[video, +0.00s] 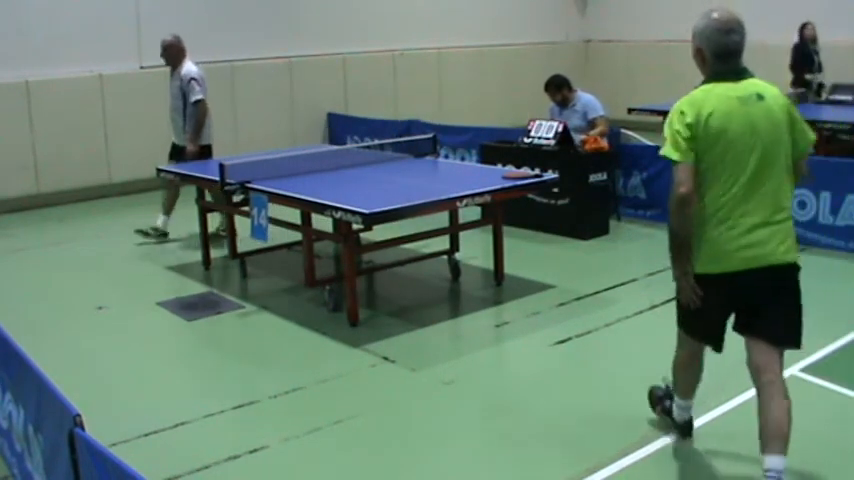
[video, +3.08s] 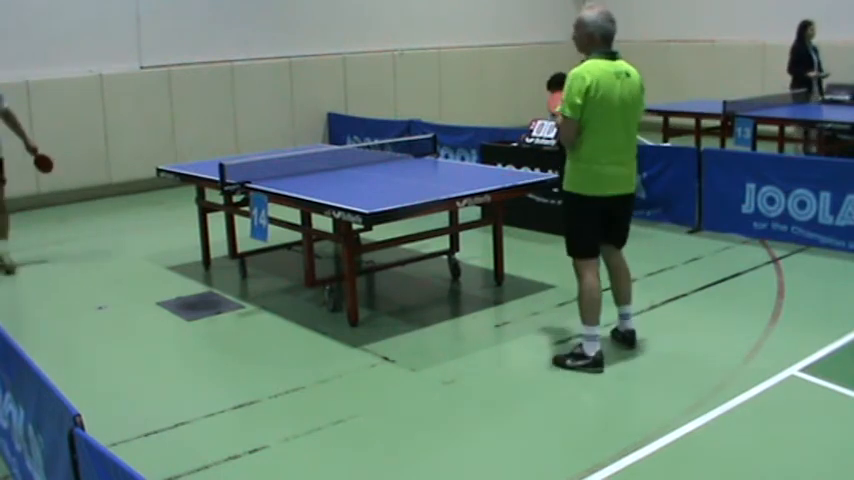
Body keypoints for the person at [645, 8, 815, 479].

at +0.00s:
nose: (692, 54)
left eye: (693, 49)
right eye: (693, 48)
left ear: (700, 53)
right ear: (742, 49)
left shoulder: (689, 109)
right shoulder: (776, 100)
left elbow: (684, 193)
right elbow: (801, 171)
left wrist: (681, 270)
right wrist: (759, 180)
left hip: (713, 261)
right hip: (775, 257)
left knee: (691, 340)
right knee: (769, 372)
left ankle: (680, 412)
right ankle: (775, 474)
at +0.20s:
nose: (668, 53)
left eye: (668, 47)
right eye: (672, 46)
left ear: (672, 51)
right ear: (712, 47)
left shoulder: (665, 102)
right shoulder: (744, 90)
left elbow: (652, 179)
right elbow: (751, 154)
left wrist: (646, 216)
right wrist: (737, 206)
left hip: (679, 237)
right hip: (734, 236)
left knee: (671, 317)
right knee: (727, 325)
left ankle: (681, 410)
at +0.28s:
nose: (662, 47)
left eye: (663, 42)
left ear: (667, 44)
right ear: (706, 39)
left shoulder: (659, 91)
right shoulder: (737, 83)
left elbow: (641, 172)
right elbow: (746, 143)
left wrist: (646, 186)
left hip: (672, 228)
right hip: (725, 226)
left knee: (668, 314)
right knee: (710, 303)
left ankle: (681, 411)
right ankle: (725, 383)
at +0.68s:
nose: (636, 55)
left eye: (637, 50)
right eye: (640, 49)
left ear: (641, 51)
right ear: (674, 50)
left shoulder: (634, 86)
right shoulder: (698, 88)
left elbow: (616, 142)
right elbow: (715, 148)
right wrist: (681, 146)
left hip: (648, 207)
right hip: (691, 204)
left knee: (646, 292)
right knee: (671, 271)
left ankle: (671, 369)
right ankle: (670, 349)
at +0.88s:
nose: (621, 49)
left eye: (621, 44)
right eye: (623, 44)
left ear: (626, 44)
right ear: (657, 41)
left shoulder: (620, 78)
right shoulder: (684, 78)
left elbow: (606, 139)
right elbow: (703, 134)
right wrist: (672, 143)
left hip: (632, 191)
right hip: (676, 191)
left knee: (613, 254)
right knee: (661, 258)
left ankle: (642, 321)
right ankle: (669, 343)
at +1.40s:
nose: (558, 66)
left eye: (559, 61)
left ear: (561, 62)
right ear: (588, 57)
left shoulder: (556, 90)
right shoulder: (614, 82)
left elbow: (553, 141)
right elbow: (635, 129)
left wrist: (547, 157)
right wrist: (640, 172)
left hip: (579, 182)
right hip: (620, 178)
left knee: (571, 235)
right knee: (633, 245)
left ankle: (576, 301)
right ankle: (655, 303)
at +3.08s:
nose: (573, 39)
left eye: (575, 34)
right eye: (574, 33)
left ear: (582, 37)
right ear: (611, 37)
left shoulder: (581, 76)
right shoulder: (633, 75)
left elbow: (568, 137)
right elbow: (633, 123)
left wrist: (559, 115)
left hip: (585, 186)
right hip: (623, 184)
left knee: (587, 265)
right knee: (613, 251)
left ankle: (590, 349)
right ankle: (626, 327)